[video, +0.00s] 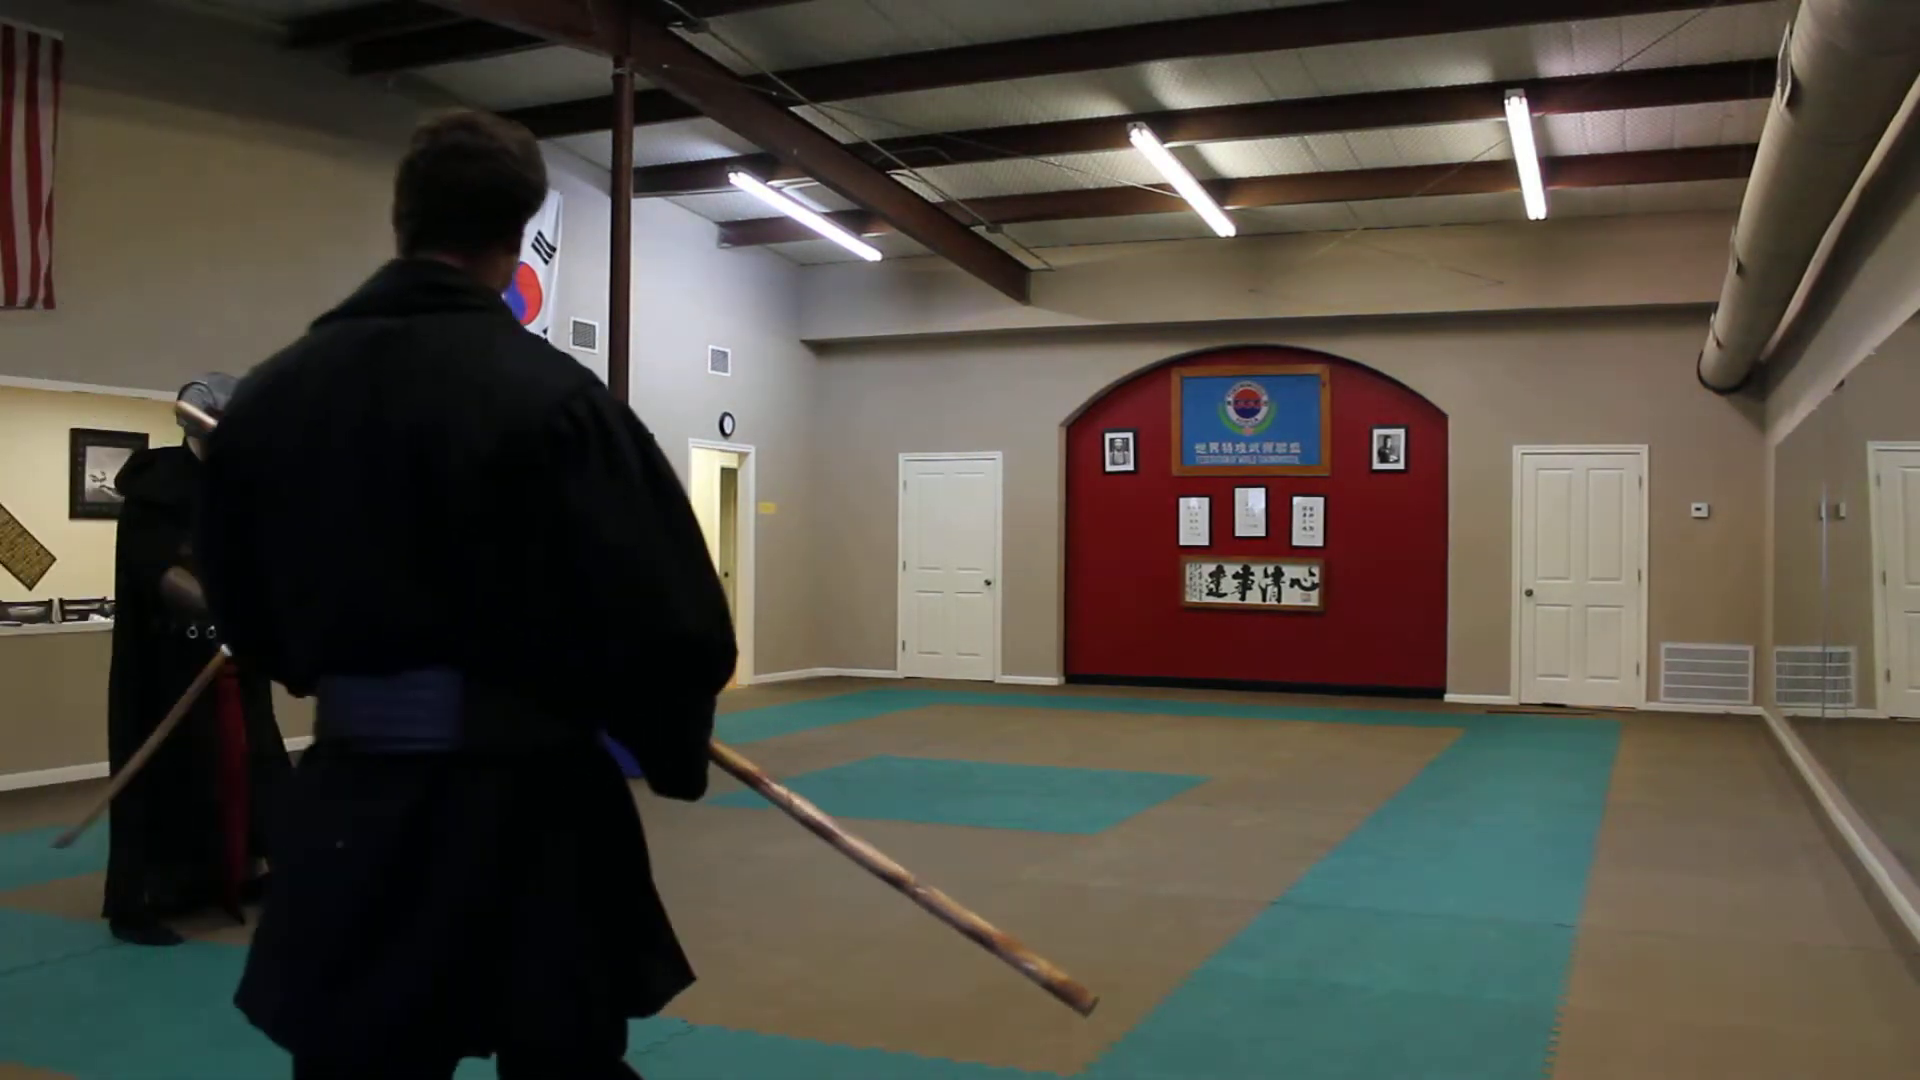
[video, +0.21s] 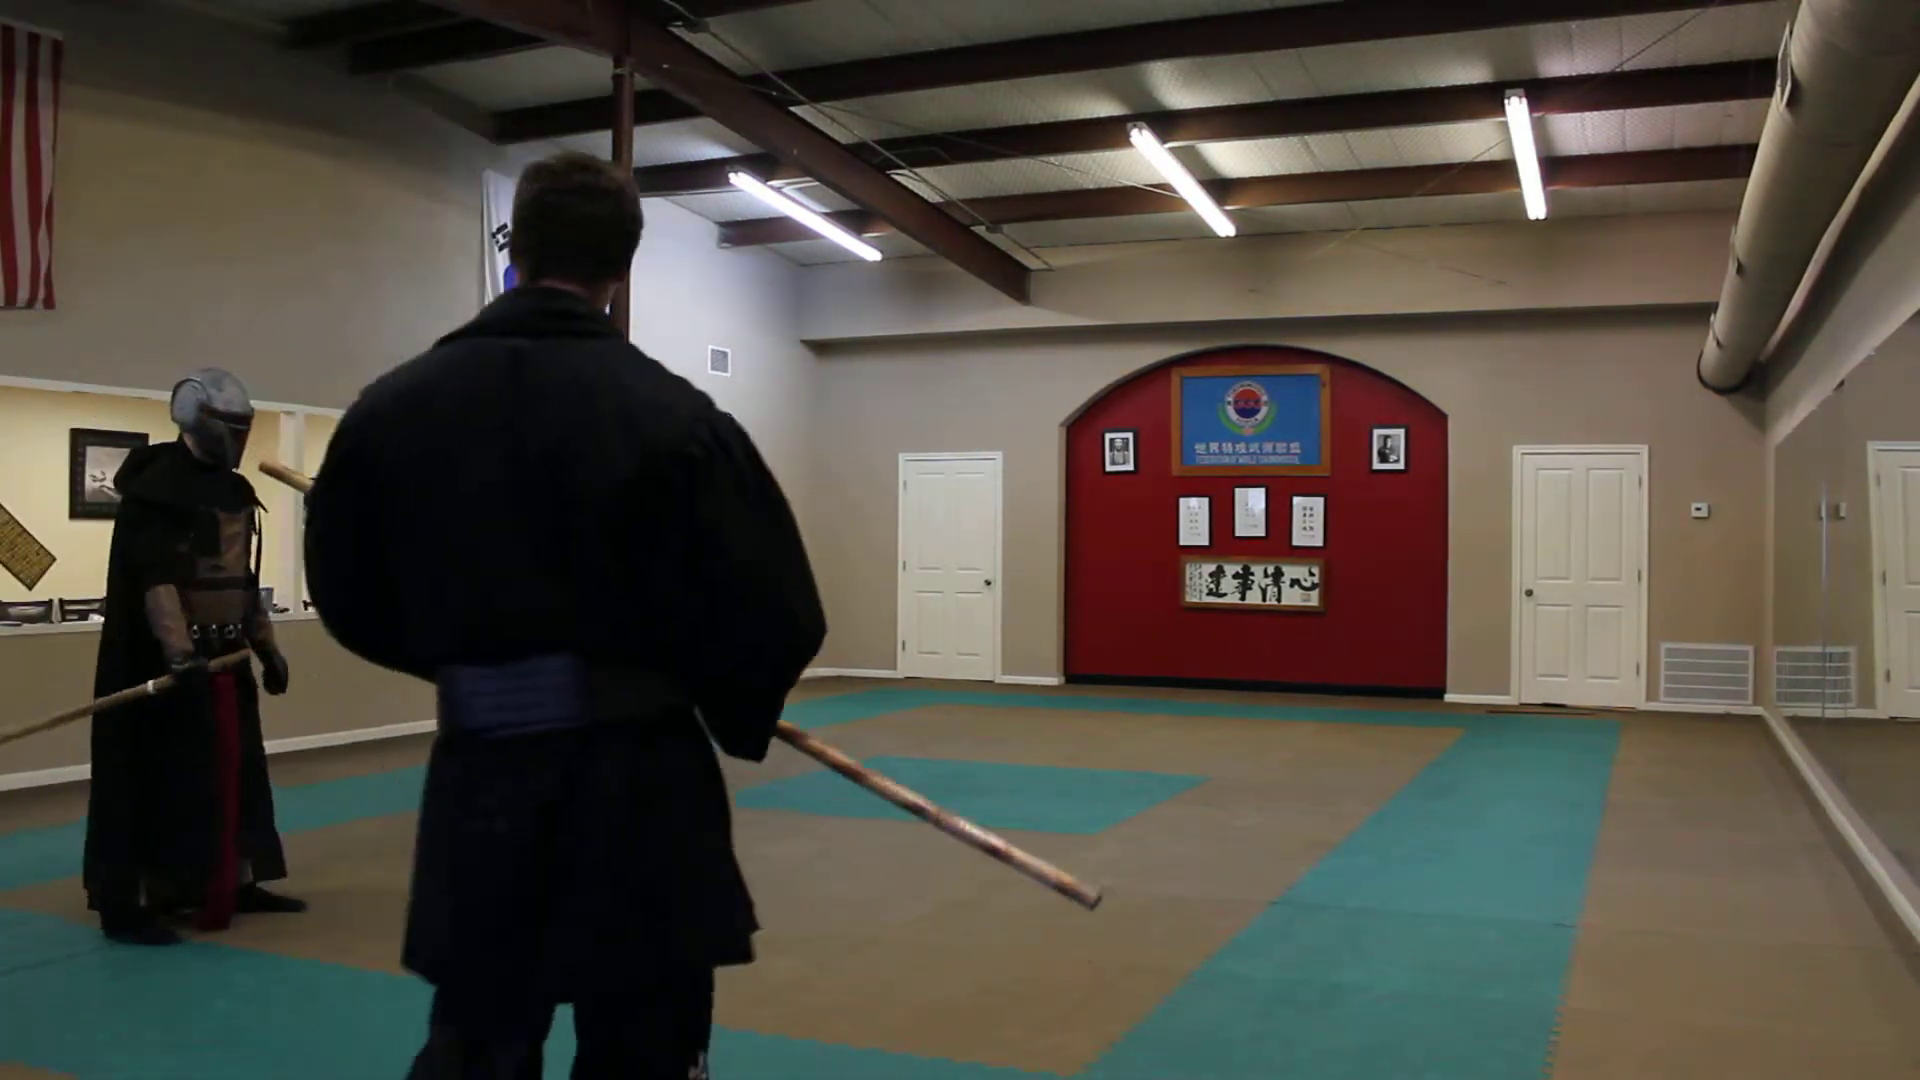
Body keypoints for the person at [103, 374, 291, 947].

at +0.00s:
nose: (230, 434)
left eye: (234, 424)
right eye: (223, 423)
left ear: (232, 424)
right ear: (199, 420)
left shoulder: (245, 479)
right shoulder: (161, 475)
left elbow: (258, 563)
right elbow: (143, 559)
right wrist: (205, 606)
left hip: (230, 651)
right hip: (161, 654)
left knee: (244, 764)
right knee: (154, 771)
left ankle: (237, 876)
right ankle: (135, 904)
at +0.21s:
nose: (238, 435)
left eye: (241, 424)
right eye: (227, 424)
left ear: (240, 423)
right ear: (192, 421)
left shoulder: (232, 489)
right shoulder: (157, 480)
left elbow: (240, 578)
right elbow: (152, 574)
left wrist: (267, 647)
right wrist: (181, 653)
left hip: (218, 656)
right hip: (152, 656)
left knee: (229, 770)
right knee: (143, 775)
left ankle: (230, 886)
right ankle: (124, 905)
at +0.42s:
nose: (251, 436)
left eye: (255, 425)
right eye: (239, 424)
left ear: (256, 426)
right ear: (205, 421)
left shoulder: (251, 492)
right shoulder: (167, 475)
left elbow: (258, 577)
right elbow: (139, 566)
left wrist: (295, 646)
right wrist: (151, 649)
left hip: (229, 657)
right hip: (162, 657)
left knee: (237, 770)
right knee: (146, 776)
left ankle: (233, 887)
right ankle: (128, 906)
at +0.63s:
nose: (254, 436)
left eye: (258, 425)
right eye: (243, 424)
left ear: (260, 425)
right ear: (208, 420)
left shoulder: (254, 496)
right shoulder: (164, 477)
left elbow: (272, 578)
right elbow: (133, 566)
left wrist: (318, 644)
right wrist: (145, 646)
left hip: (228, 659)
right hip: (156, 656)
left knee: (232, 769)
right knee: (139, 778)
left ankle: (230, 885)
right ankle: (115, 909)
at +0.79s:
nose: (245, 439)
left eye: (249, 427)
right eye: (234, 427)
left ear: (250, 427)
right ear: (199, 422)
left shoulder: (245, 497)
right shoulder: (153, 478)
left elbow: (264, 581)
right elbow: (125, 571)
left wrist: (305, 645)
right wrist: (135, 653)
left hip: (229, 663)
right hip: (156, 662)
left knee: (233, 768)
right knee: (137, 779)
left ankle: (232, 885)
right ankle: (114, 909)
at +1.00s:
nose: (235, 441)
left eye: (240, 430)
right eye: (225, 429)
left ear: (240, 428)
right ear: (189, 424)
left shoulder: (236, 497)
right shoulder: (143, 481)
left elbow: (249, 585)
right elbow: (116, 573)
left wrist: (279, 652)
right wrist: (127, 653)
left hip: (223, 662)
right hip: (153, 662)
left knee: (233, 770)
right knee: (137, 778)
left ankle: (233, 884)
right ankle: (116, 903)